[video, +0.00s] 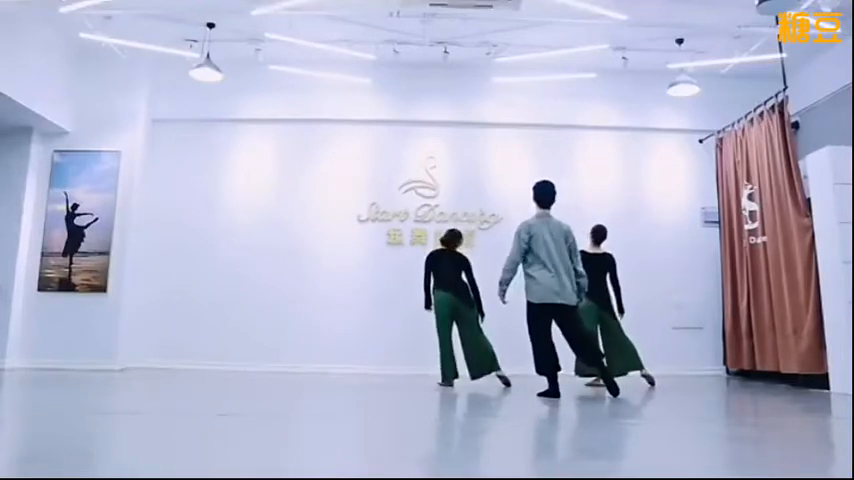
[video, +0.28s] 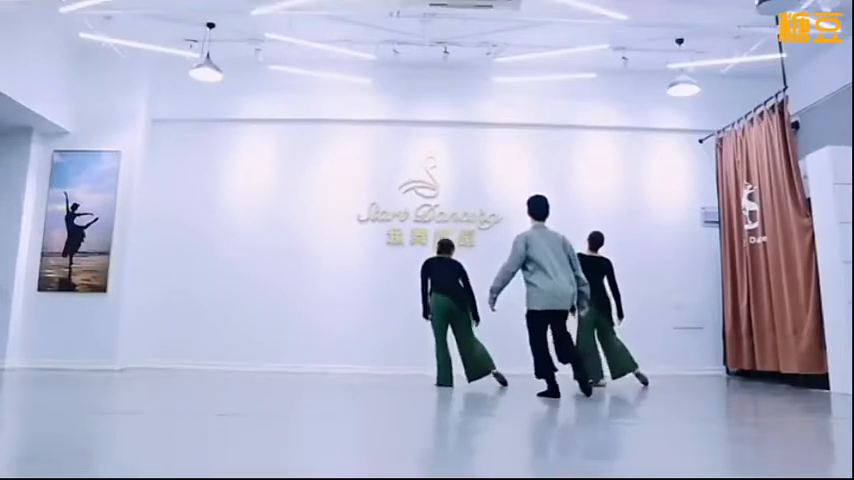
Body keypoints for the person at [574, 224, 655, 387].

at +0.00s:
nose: (594, 238)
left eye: (593, 235)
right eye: (601, 238)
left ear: (590, 236)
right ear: (604, 239)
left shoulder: (580, 256)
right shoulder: (608, 258)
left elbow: (574, 278)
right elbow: (615, 284)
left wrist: (574, 299)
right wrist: (620, 306)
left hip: (585, 303)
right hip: (604, 304)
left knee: (590, 339)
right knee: (619, 338)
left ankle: (599, 376)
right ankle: (641, 369)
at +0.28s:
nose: (590, 244)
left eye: (590, 241)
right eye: (595, 242)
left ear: (588, 242)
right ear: (602, 245)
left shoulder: (578, 259)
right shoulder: (605, 262)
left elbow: (572, 281)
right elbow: (614, 288)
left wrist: (572, 304)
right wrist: (619, 311)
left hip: (585, 307)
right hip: (603, 306)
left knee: (587, 342)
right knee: (610, 339)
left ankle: (595, 377)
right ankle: (634, 369)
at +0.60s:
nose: (587, 257)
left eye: (585, 253)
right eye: (592, 254)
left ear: (581, 254)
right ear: (596, 256)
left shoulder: (573, 270)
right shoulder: (600, 273)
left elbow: (568, 293)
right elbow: (607, 299)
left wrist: (569, 314)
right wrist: (610, 320)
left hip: (582, 313)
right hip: (599, 315)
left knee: (586, 345)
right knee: (595, 344)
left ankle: (585, 376)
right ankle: (599, 374)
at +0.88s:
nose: (575, 267)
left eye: (575, 265)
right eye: (579, 265)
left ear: (573, 263)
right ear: (585, 263)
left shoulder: (571, 274)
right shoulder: (596, 274)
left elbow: (568, 299)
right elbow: (604, 295)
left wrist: (566, 320)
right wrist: (610, 315)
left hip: (588, 309)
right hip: (604, 311)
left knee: (585, 343)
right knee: (593, 343)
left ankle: (595, 379)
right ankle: (578, 372)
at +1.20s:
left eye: (566, 248)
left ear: (566, 247)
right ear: (577, 245)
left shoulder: (565, 256)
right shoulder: (590, 256)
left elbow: (563, 282)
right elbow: (596, 284)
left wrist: (563, 305)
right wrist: (599, 305)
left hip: (577, 299)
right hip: (593, 301)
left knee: (582, 336)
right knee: (581, 336)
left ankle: (596, 372)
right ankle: (572, 371)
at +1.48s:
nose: (561, 236)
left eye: (561, 234)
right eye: (563, 234)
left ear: (562, 233)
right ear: (575, 234)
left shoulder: (560, 247)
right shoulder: (583, 249)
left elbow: (555, 272)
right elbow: (590, 275)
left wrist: (554, 293)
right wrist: (591, 297)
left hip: (567, 289)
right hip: (584, 290)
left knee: (572, 327)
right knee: (580, 328)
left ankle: (581, 367)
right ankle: (573, 368)